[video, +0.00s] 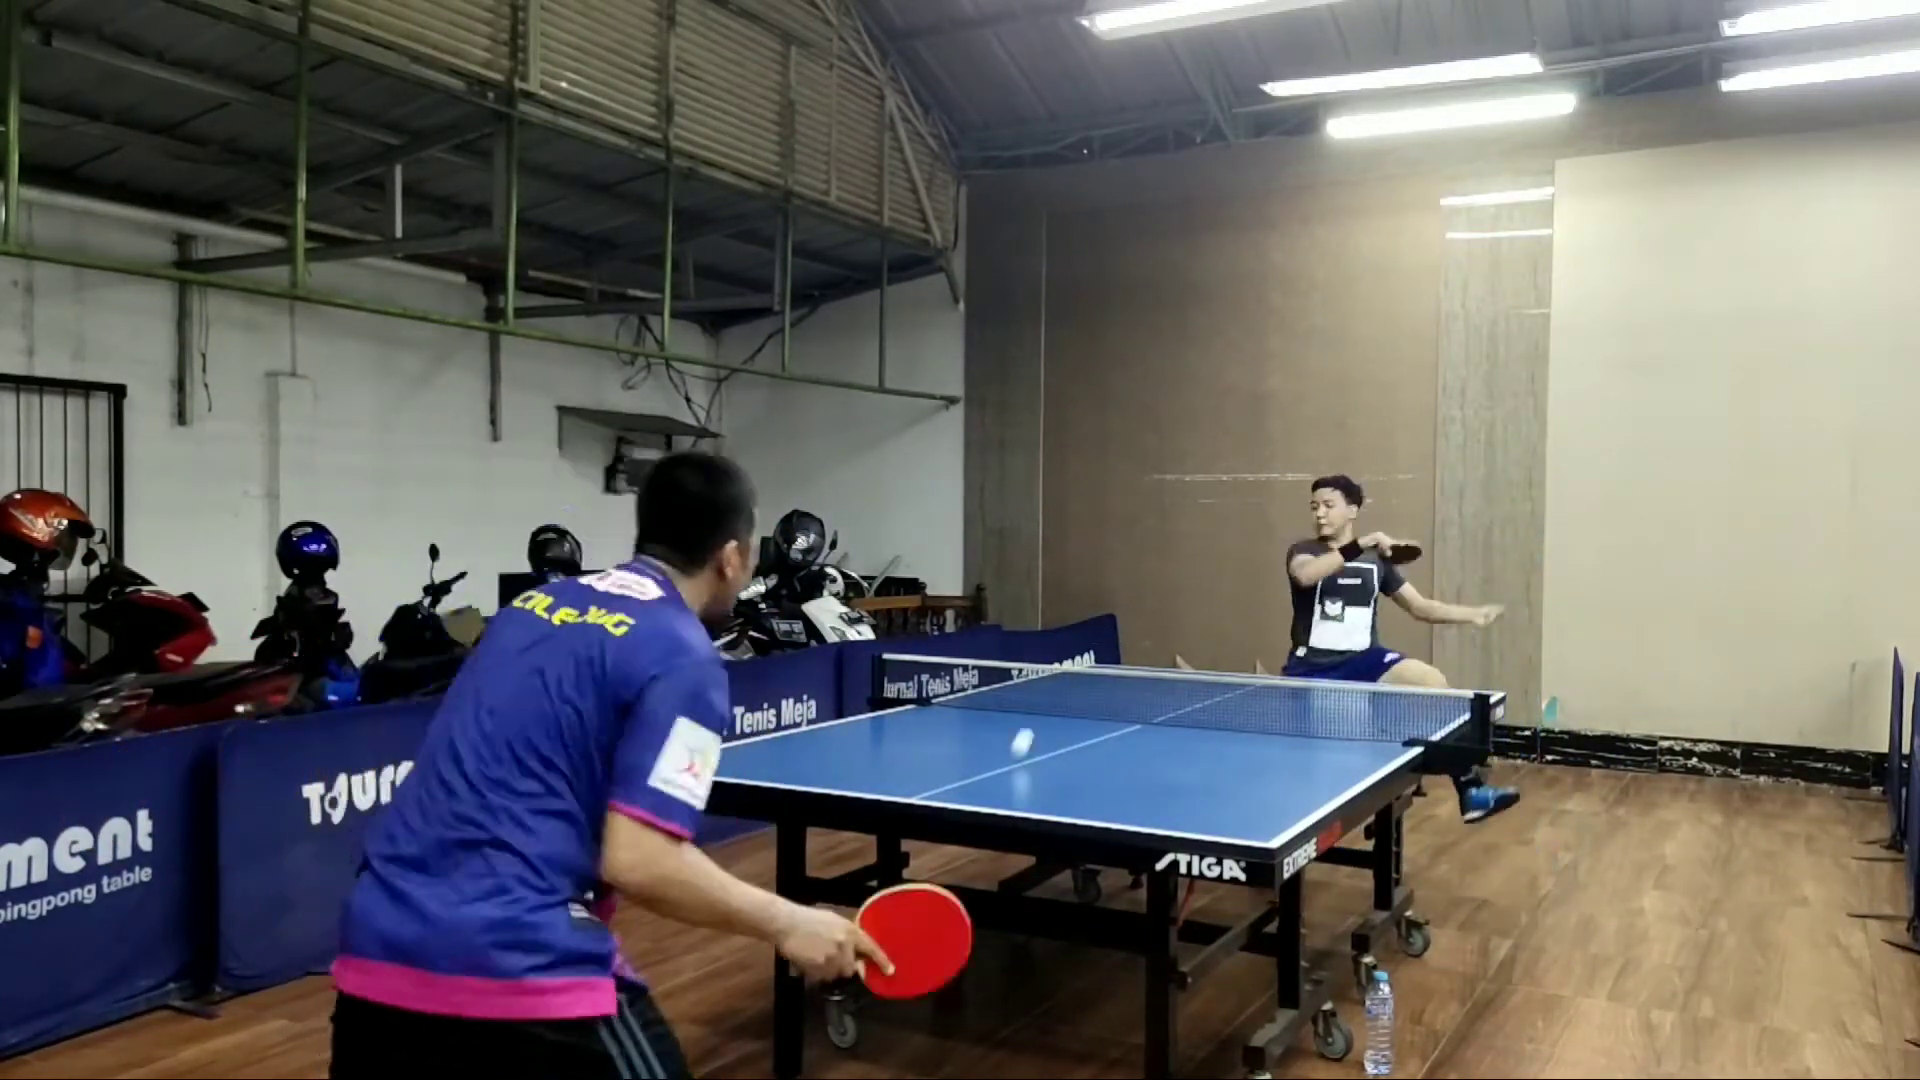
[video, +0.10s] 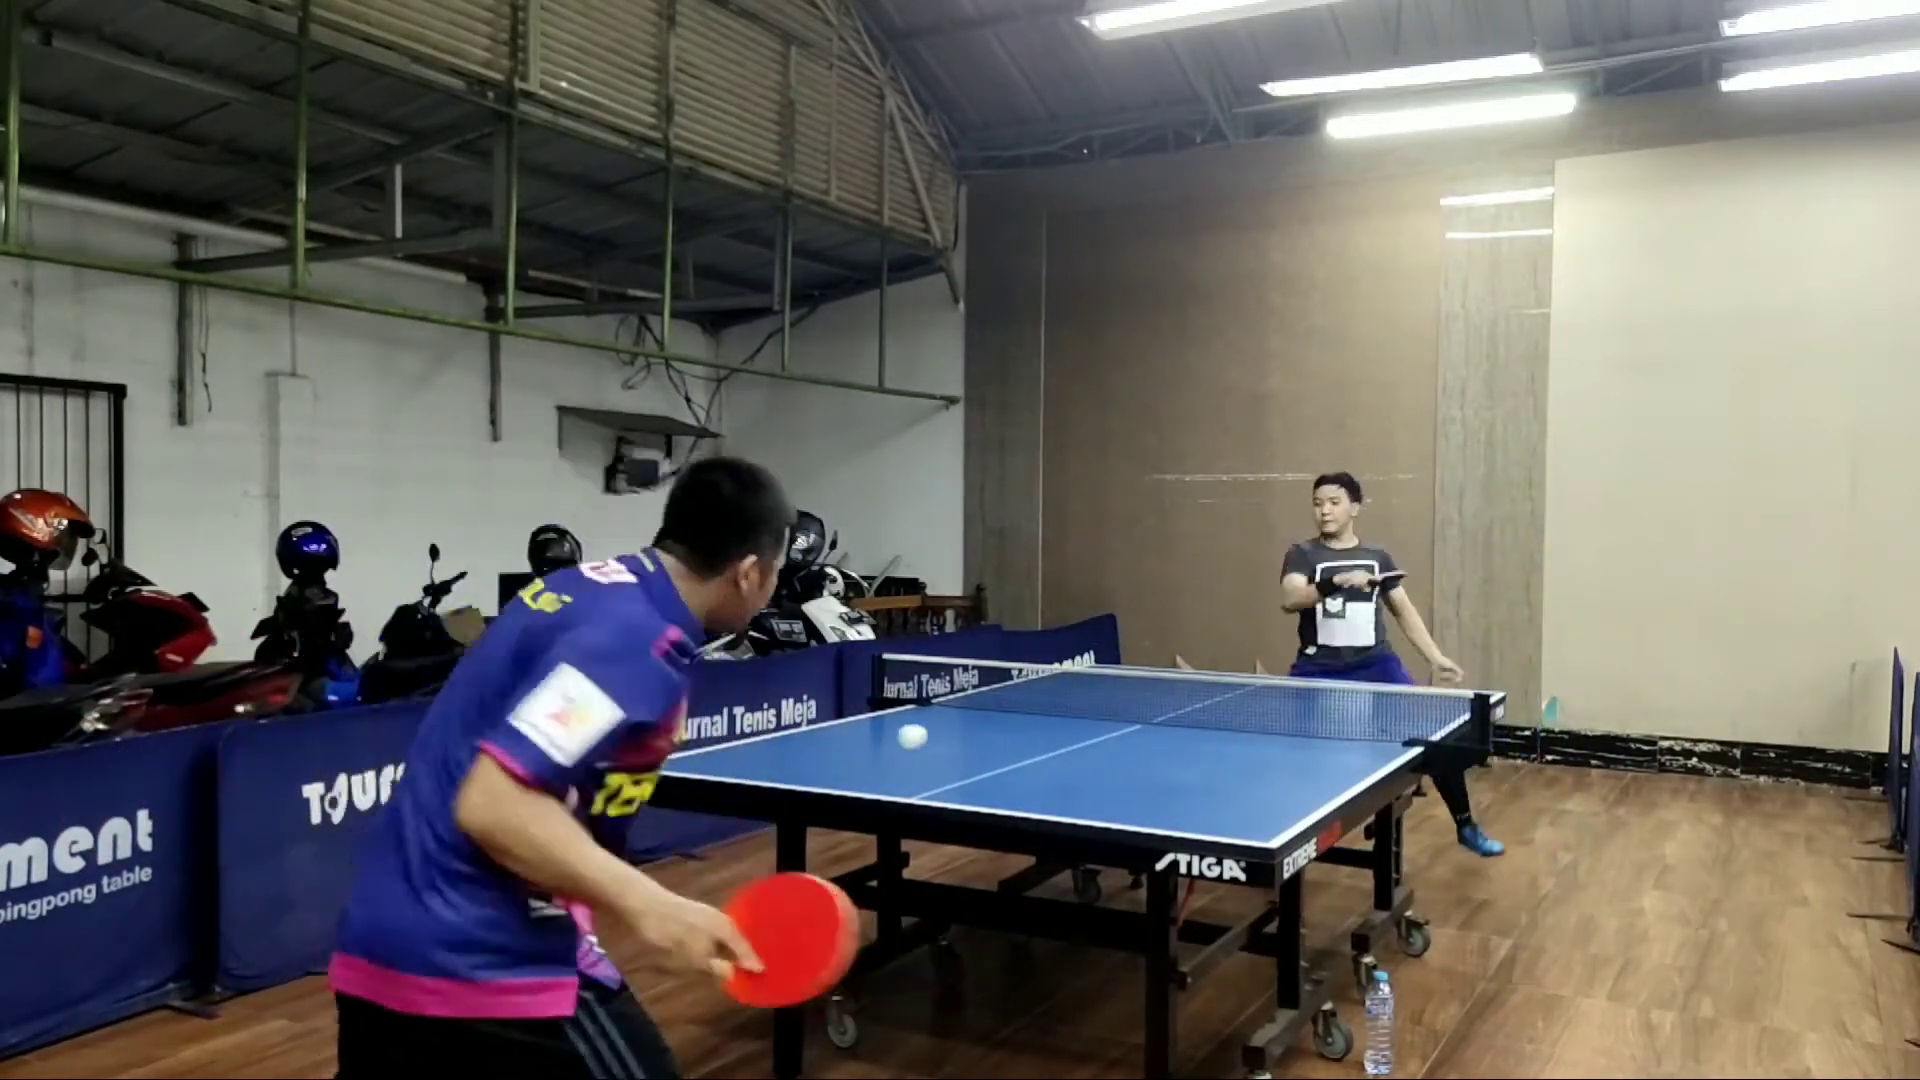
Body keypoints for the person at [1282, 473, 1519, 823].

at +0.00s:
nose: (1318, 513)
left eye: (1327, 505)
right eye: (1314, 506)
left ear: (1353, 510)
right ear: (1311, 511)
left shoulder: (1375, 562)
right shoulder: (1303, 551)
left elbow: (1420, 607)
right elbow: (1303, 575)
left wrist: (1473, 615)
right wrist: (1360, 546)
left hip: (1362, 659)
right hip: (1308, 664)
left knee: (1432, 682)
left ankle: (1471, 791)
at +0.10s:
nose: (1325, 510)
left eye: (1334, 502)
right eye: (1319, 504)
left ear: (1354, 508)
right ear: (1313, 510)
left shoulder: (1376, 558)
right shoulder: (1302, 554)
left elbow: (1404, 610)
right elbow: (1289, 599)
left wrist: (1436, 659)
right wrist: (1336, 582)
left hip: (1376, 668)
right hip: (1316, 671)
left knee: (1430, 730)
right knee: (1288, 742)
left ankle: (1465, 823)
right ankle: (1282, 835)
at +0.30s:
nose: (1333, 503)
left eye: (1342, 495)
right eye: (1326, 497)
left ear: (1363, 501)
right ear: (1320, 506)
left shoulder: (1387, 540)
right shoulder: (1321, 556)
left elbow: (1423, 590)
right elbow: (1312, 607)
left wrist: (1394, 638)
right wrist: (1303, 624)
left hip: (1407, 659)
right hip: (1354, 658)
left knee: (1437, 743)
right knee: (1312, 716)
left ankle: (1464, 840)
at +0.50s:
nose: (1330, 514)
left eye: (1339, 505)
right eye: (1323, 507)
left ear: (1361, 508)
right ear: (1319, 514)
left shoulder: (1380, 549)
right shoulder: (1340, 564)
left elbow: (1391, 600)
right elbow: (1352, 624)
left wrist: (1340, 616)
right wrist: (1307, 657)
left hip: (1415, 662)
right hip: (1371, 663)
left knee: (1434, 751)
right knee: (1335, 731)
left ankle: (1487, 840)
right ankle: (1381, 808)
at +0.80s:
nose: (1308, 525)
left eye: (1312, 515)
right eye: (1303, 519)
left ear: (1336, 508)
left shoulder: (1351, 541)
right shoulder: (1343, 549)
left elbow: (1343, 596)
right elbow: (1361, 616)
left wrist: (1296, 639)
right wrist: (1353, 668)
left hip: (1395, 660)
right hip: (1369, 662)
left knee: (1416, 751)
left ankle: (1481, 835)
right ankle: (1387, 797)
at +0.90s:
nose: (1297, 534)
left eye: (1297, 524)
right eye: (1294, 527)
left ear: (1318, 513)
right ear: (1328, 515)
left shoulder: (1332, 539)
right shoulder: (1362, 544)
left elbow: (1327, 594)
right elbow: (1395, 609)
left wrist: (1303, 644)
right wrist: (1348, 623)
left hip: (1367, 652)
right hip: (1389, 648)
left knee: (1369, 745)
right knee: (1322, 722)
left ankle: (1457, 815)